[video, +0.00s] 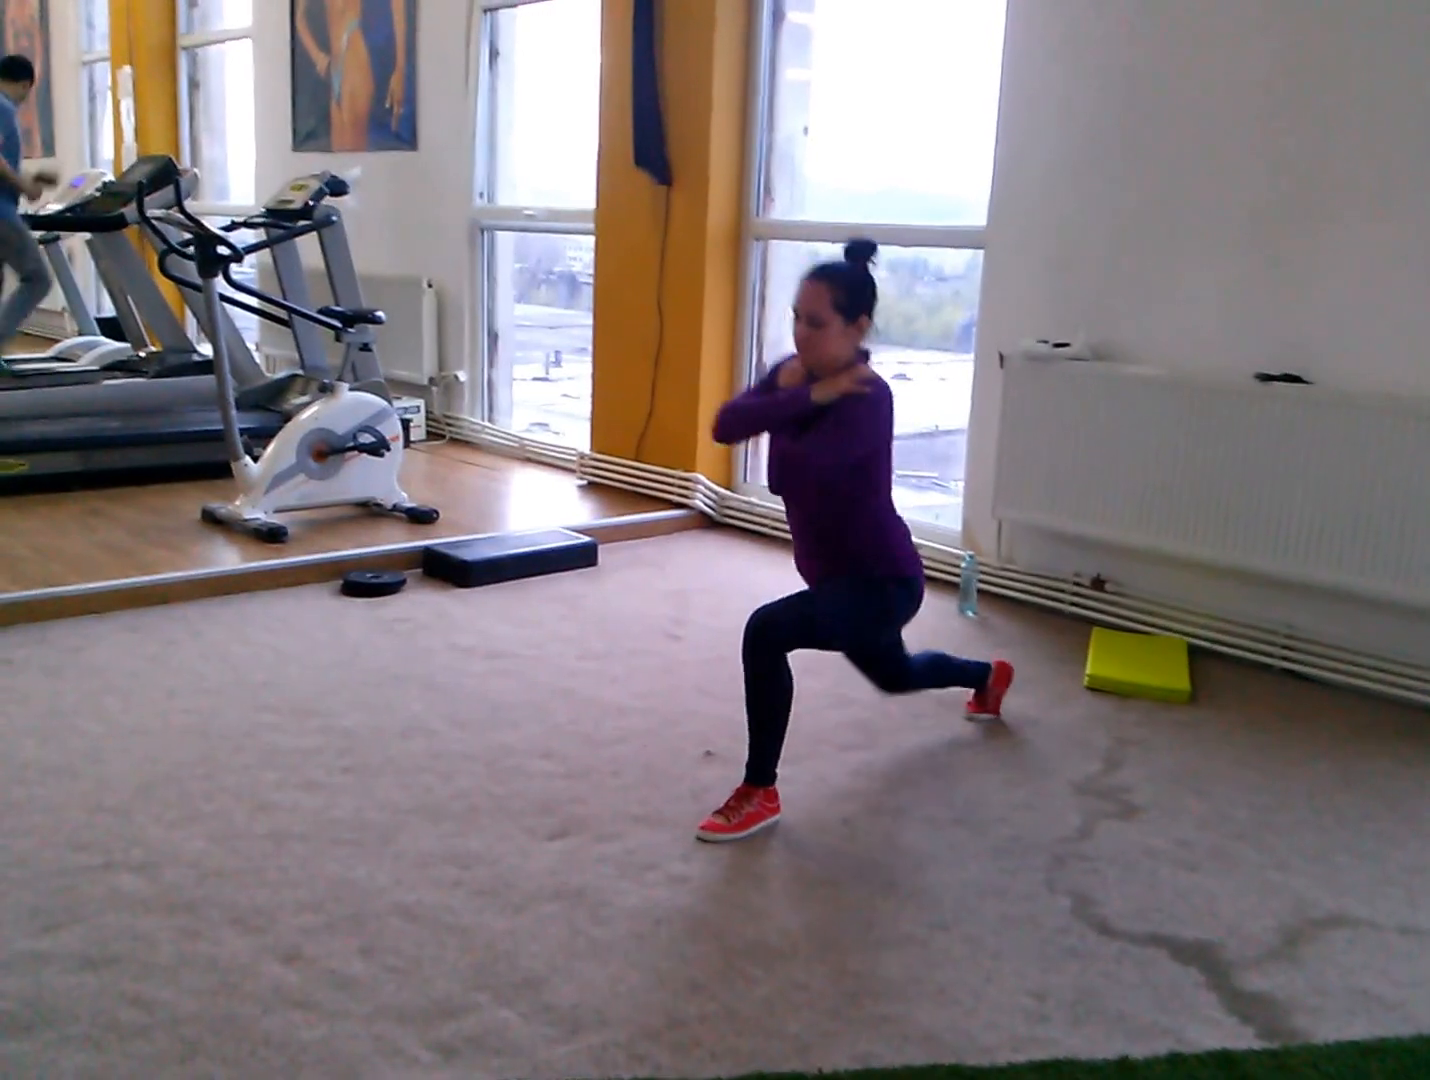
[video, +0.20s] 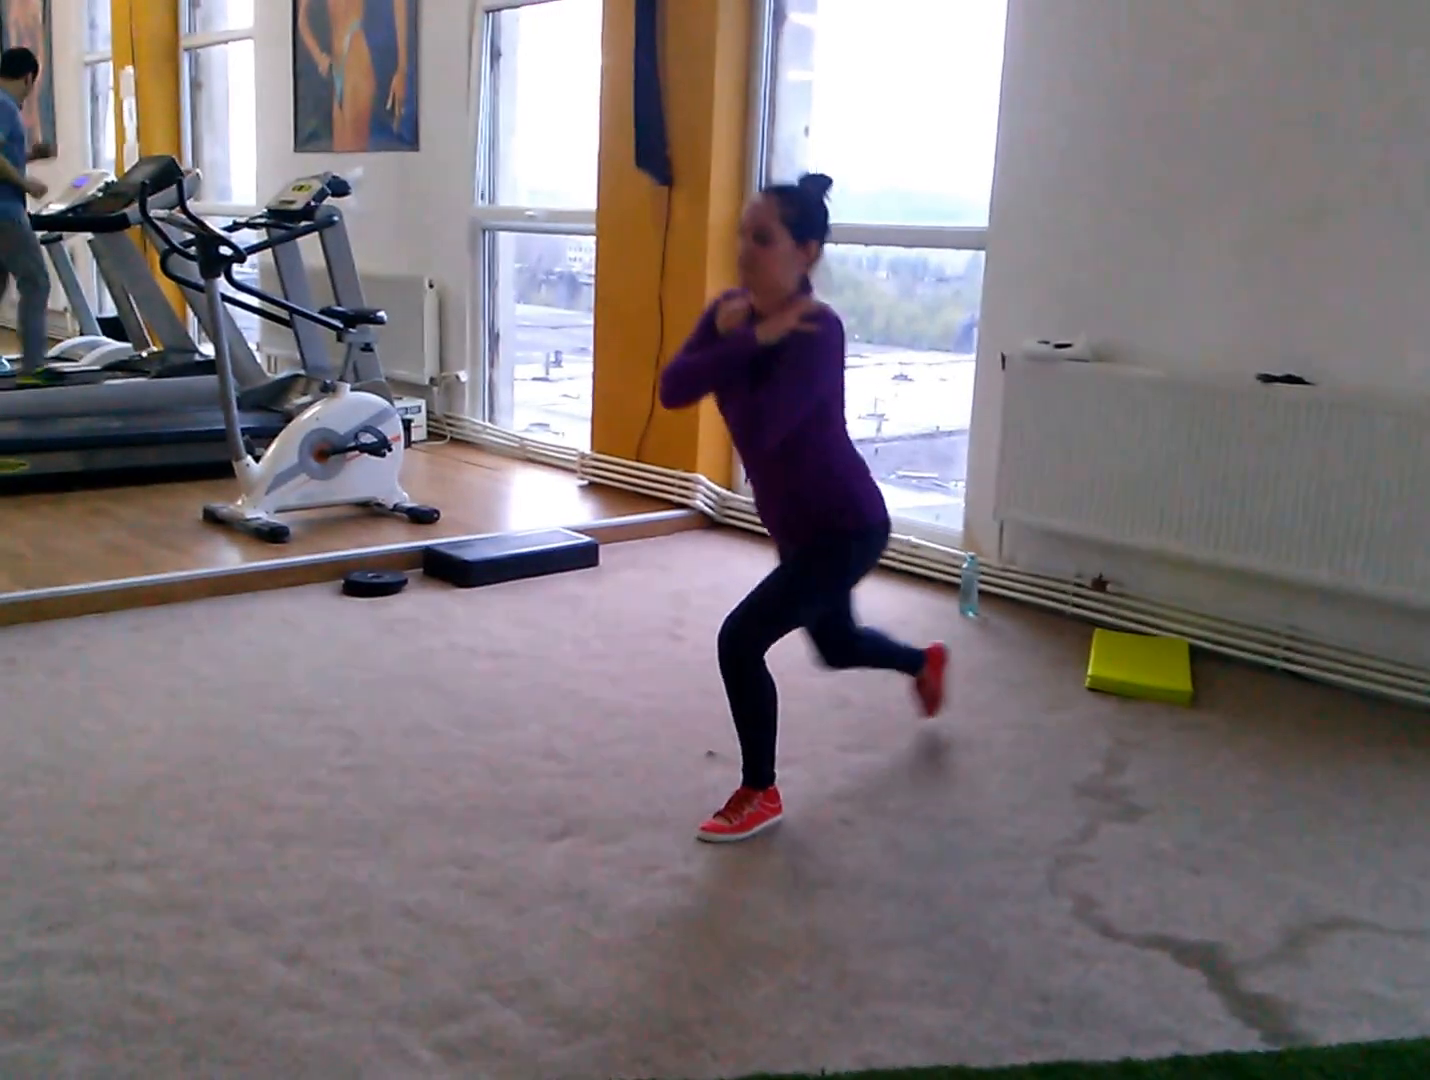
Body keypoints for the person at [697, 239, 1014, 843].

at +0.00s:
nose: (801, 334)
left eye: (817, 324)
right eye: (798, 320)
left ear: (858, 329)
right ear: (794, 320)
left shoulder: (868, 399)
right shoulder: (789, 374)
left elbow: (808, 469)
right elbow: (724, 426)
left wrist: (778, 410)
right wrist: (810, 393)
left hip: (885, 585)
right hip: (833, 583)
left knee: (766, 632)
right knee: (894, 674)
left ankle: (759, 789)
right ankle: (989, 676)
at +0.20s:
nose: (746, 252)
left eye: (763, 239)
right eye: (743, 237)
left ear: (807, 254)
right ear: (738, 241)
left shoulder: (818, 331)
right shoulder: (726, 314)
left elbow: (765, 430)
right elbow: (672, 390)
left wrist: (720, 347)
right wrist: (753, 338)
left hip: (849, 530)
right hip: (796, 530)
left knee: (740, 640)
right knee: (837, 645)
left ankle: (760, 791)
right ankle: (923, 663)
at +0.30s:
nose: (729, 215)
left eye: (746, 204)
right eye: (728, 200)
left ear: (793, 220)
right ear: (724, 208)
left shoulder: (804, 304)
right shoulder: (713, 284)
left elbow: (747, 405)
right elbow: (654, 363)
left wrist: (709, 311)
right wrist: (735, 302)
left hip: (830, 506)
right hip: (771, 507)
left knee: (738, 640)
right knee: (780, 655)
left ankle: (759, 791)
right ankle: (875, 672)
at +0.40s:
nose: (718, 182)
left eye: (736, 171)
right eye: (717, 168)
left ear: (783, 186)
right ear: (716, 175)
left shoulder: (795, 274)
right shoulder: (703, 257)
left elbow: (728, 369)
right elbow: (643, 329)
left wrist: (705, 276)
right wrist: (735, 273)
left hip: (812, 492)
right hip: (747, 488)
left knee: (729, 639)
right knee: (708, 633)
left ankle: (760, 790)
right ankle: (806, 701)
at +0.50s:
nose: (706, 163)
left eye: (723, 150)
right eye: (704, 149)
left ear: (771, 160)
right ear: (707, 156)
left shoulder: (783, 247)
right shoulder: (699, 236)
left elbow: (709, 333)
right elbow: (631, 302)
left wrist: (690, 252)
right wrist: (706, 245)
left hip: (790, 484)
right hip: (723, 477)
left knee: (721, 645)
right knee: (654, 615)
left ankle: (761, 789)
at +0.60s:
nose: (691, 152)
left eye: (709, 139)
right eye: (689, 137)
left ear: (758, 148)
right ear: (690, 142)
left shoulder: (771, 233)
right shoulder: (691, 226)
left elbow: (692, 310)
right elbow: (618, 283)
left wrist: (677, 240)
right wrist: (688, 228)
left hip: (760, 483)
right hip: (691, 476)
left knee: (707, 649)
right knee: (615, 617)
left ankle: (761, 790)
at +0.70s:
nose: (669, 161)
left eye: (684, 146)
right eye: (665, 147)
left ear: (738, 150)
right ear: (667, 151)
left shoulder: (756, 237)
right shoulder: (674, 235)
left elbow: (670, 310)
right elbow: (596, 279)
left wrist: (649, 250)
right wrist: (682, 228)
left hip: (728, 488)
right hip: (655, 481)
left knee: (691, 663)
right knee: (573, 643)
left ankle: (761, 789)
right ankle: (498, 800)